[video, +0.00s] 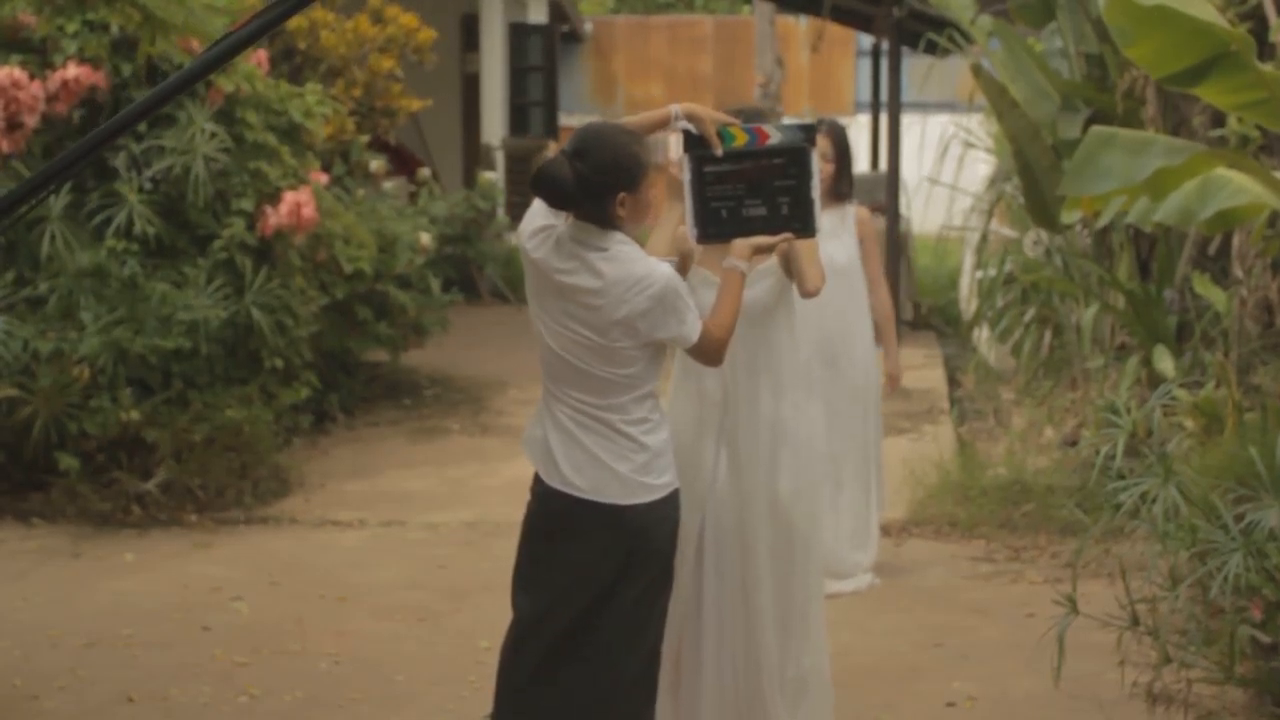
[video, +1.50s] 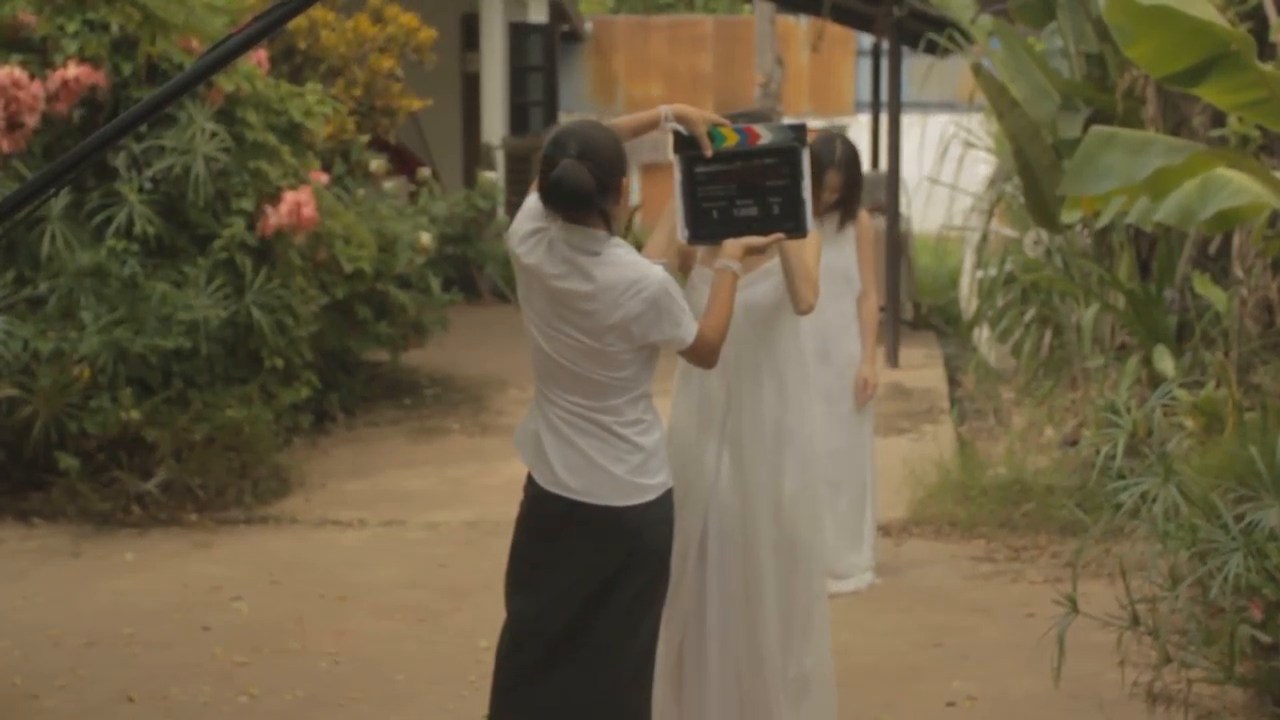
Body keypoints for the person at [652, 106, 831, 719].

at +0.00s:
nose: (745, 169)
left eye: (760, 156)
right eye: (732, 155)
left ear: (780, 165)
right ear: (710, 164)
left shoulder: (787, 228)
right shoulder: (692, 226)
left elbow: (811, 284)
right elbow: (662, 296)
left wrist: (790, 198)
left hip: (771, 422)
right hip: (698, 427)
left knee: (769, 575)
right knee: (699, 578)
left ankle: (772, 703)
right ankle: (696, 706)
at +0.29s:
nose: (745, 173)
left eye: (760, 158)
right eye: (732, 158)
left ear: (781, 167)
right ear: (713, 168)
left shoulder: (794, 235)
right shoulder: (696, 235)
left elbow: (812, 313)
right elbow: (658, 311)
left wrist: (797, 224)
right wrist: (677, 228)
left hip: (773, 433)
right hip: (701, 437)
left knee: (770, 585)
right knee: (700, 587)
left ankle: (773, 705)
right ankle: (697, 706)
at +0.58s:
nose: (757, 167)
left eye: (770, 154)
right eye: (746, 153)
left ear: (787, 163)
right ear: (724, 160)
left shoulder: (798, 226)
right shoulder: (704, 217)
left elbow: (809, 296)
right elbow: (665, 295)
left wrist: (788, 208)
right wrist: (703, 226)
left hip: (776, 417)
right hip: (706, 421)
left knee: (772, 569)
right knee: (704, 570)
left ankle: (773, 703)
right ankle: (700, 704)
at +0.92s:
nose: (753, 168)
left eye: (765, 155)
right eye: (742, 154)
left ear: (785, 162)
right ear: (722, 160)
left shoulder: (798, 226)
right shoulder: (704, 216)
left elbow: (805, 299)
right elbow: (654, 280)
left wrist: (786, 211)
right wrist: (698, 211)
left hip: (774, 420)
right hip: (704, 423)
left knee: (771, 571)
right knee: (703, 572)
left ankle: (773, 704)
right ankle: (699, 704)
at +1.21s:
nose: (754, 170)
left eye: (766, 157)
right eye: (742, 155)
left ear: (787, 163)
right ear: (722, 160)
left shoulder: (798, 227)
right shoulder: (705, 220)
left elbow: (805, 302)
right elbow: (659, 281)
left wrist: (783, 216)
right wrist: (694, 208)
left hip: (774, 422)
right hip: (705, 424)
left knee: (771, 575)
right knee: (703, 575)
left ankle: (773, 704)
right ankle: (700, 705)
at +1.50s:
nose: (752, 166)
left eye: (765, 154)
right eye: (741, 149)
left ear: (786, 162)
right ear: (722, 153)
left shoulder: (796, 220)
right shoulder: (702, 207)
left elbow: (805, 299)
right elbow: (655, 273)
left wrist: (783, 207)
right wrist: (689, 187)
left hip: (772, 420)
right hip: (703, 421)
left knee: (770, 573)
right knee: (702, 573)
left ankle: (772, 704)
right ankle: (700, 705)